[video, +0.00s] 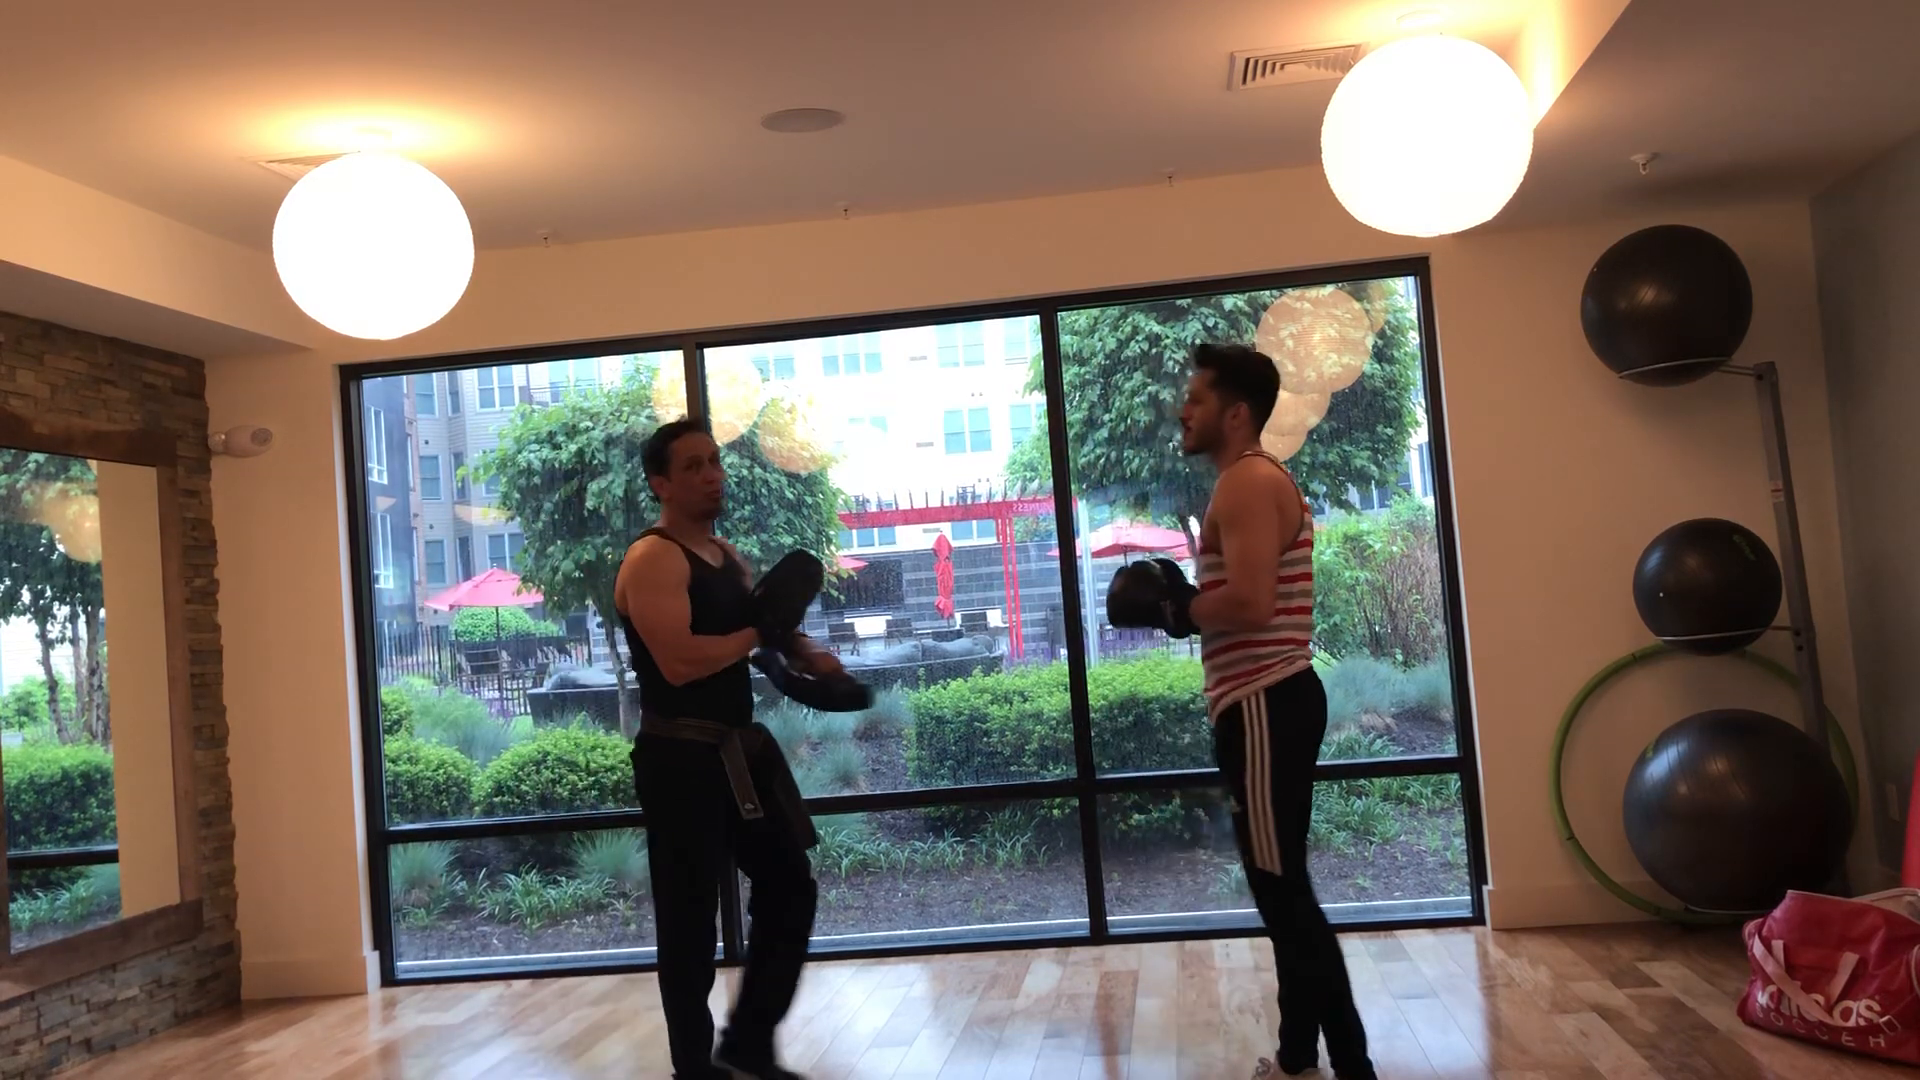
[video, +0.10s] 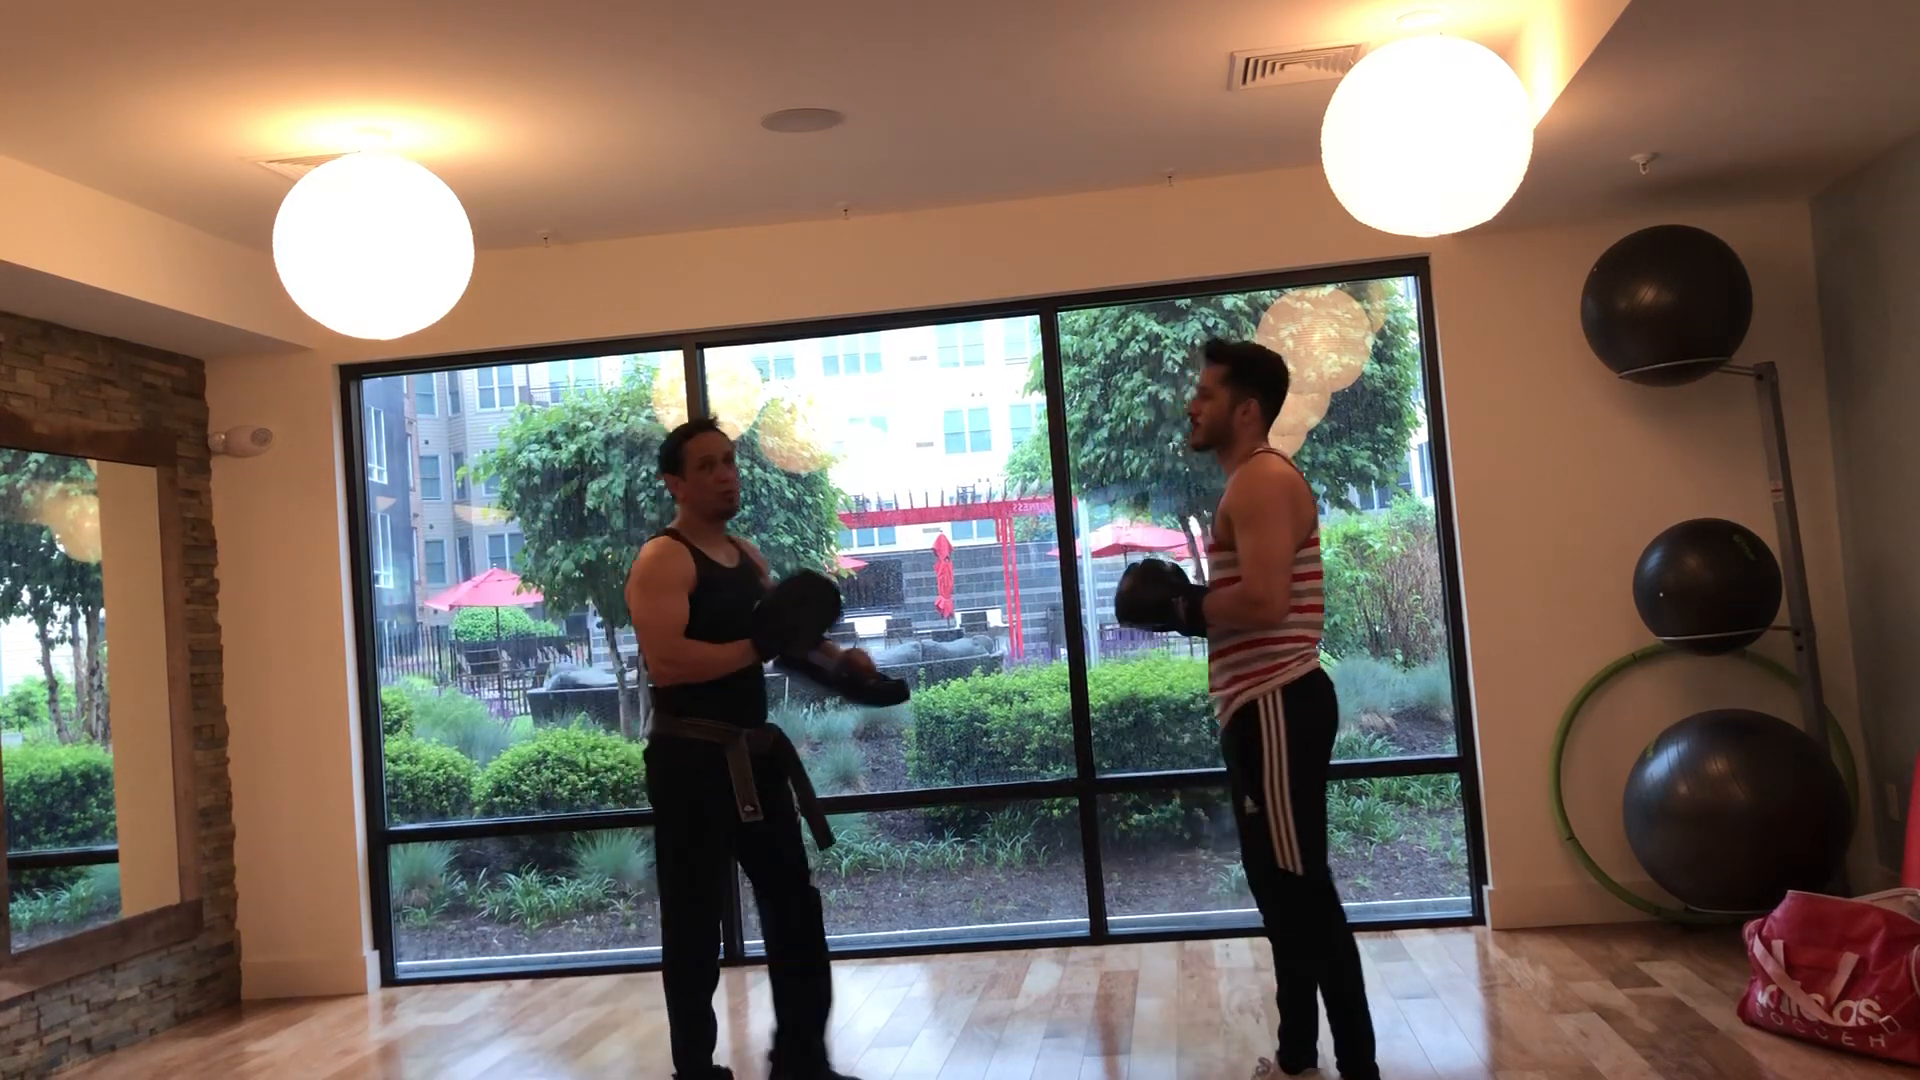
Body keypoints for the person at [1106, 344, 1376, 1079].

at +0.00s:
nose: (1182, 411)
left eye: (1195, 398)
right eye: (1185, 397)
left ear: (1237, 410)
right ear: (1238, 413)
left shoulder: (1248, 482)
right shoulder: (1261, 481)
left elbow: (1248, 604)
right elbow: (1255, 601)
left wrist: (1168, 608)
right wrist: (1178, 598)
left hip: (1266, 702)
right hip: (1268, 698)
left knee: (1280, 885)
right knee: (1275, 883)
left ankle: (1353, 1065)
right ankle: (1297, 1054)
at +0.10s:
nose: (1190, 406)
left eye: (1205, 393)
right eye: (1194, 392)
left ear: (1247, 406)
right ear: (1242, 408)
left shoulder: (1263, 479)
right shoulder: (1253, 480)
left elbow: (1265, 601)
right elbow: (1256, 598)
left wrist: (1180, 607)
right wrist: (1185, 600)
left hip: (1279, 700)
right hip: (1259, 701)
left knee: (1300, 879)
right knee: (1271, 878)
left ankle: (1358, 1066)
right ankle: (1298, 1052)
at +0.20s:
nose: (1197, 404)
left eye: (1212, 392)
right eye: (1201, 391)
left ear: (1256, 404)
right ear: (1248, 406)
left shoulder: (1279, 479)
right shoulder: (1258, 483)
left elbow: (1286, 599)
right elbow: (1267, 599)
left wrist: (1196, 605)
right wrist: (1194, 600)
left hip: (1293, 701)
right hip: (1263, 706)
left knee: (1320, 883)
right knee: (1267, 883)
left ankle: (1362, 1068)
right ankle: (1296, 1057)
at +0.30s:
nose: (1202, 403)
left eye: (1218, 392)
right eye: (1207, 390)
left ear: (1263, 405)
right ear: (1251, 407)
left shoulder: (1293, 481)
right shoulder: (1258, 490)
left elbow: (1311, 601)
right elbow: (1276, 599)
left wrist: (1213, 614)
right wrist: (1204, 605)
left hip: (1309, 702)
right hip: (1268, 709)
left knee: (1333, 887)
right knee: (1259, 883)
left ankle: (1366, 1067)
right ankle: (1293, 1054)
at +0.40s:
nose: (1206, 402)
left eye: (1221, 390)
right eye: (1210, 388)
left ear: (1268, 402)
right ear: (1253, 403)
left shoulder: (1303, 480)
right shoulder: (1256, 491)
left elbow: (1335, 602)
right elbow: (1277, 599)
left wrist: (1228, 617)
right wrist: (1211, 605)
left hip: (1318, 703)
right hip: (1270, 709)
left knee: (1338, 888)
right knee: (1262, 884)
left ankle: (1367, 1067)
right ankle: (1291, 1054)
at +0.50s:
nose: (1211, 400)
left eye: (1226, 389)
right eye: (1214, 387)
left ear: (1273, 401)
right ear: (1257, 402)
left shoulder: (1312, 477)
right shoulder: (1252, 491)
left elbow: (1358, 600)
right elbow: (1278, 595)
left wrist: (1245, 617)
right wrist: (1216, 605)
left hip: (1325, 703)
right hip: (1271, 709)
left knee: (1344, 891)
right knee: (1268, 889)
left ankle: (1367, 1069)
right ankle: (1300, 1060)